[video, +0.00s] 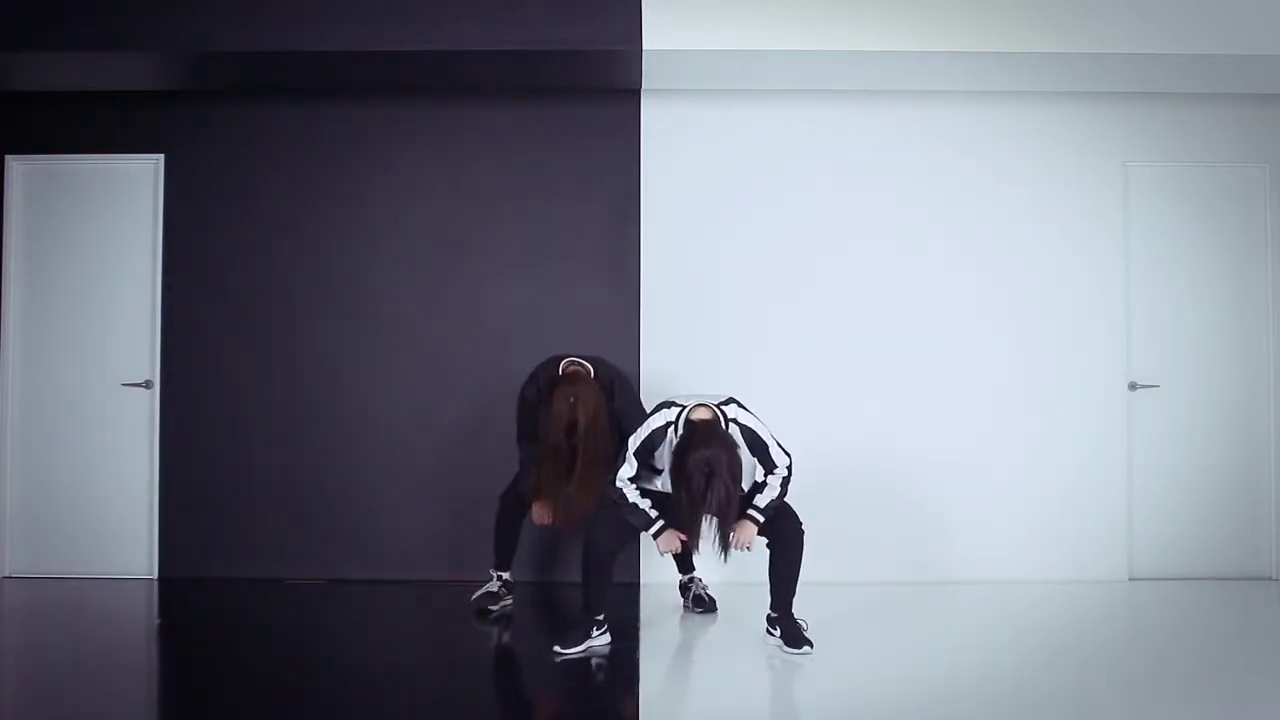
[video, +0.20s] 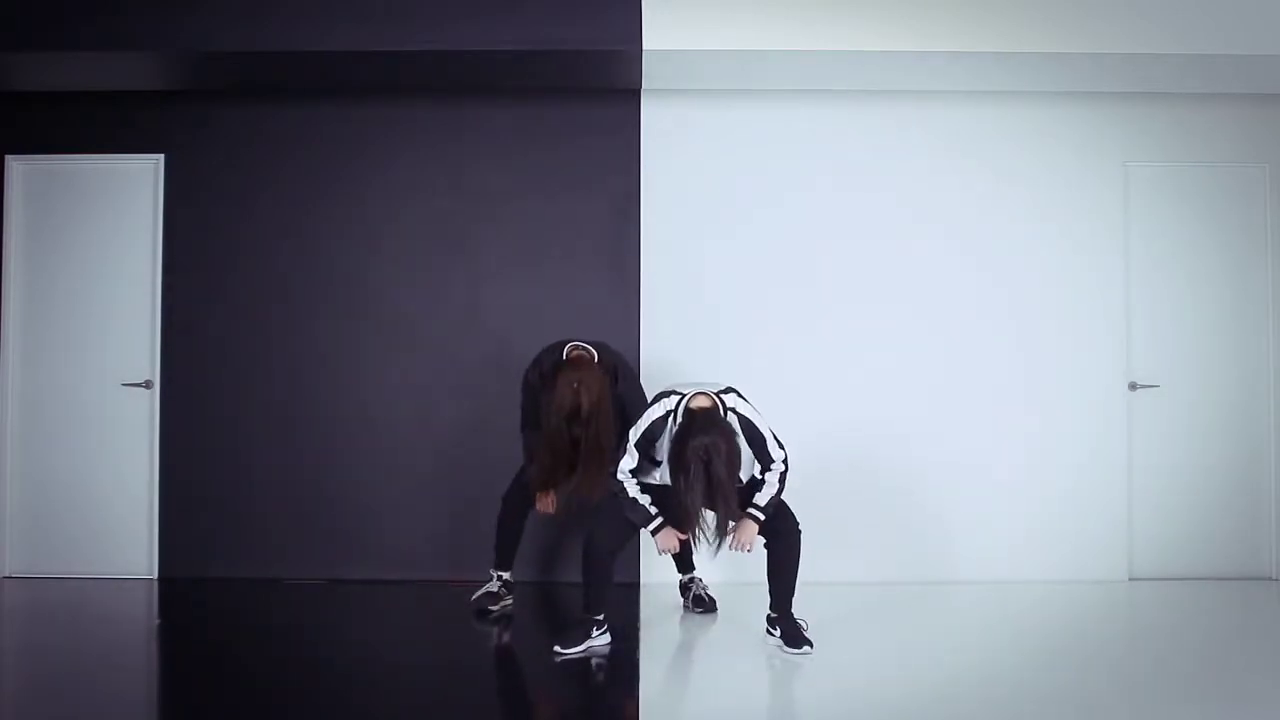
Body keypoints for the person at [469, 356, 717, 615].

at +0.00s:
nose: (572, 439)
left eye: (577, 433)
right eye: (566, 433)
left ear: (594, 404)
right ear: (553, 402)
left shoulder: (616, 388)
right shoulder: (534, 388)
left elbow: (640, 443)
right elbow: (527, 443)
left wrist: (603, 486)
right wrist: (539, 494)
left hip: (610, 459)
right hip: (554, 456)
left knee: (666, 506)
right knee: (511, 502)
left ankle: (690, 582)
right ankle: (501, 580)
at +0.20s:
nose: (580, 411)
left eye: (586, 407)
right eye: (573, 407)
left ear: (598, 384)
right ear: (558, 384)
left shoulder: (619, 374)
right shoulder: (538, 373)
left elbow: (642, 428)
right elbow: (531, 430)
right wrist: (541, 480)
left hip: (615, 450)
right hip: (557, 451)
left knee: (664, 499)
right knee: (513, 502)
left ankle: (690, 580)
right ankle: (501, 581)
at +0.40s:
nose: (585, 402)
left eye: (592, 398)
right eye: (578, 397)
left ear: (604, 374)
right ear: (562, 375)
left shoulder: (623, 361)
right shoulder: (542, 362)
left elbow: (645, 417)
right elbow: (536, 423)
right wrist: (546, 474)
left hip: (618, 444)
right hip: (562, 444)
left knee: (666, 500)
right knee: (516, 500)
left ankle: (690, 581)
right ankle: (501, 580)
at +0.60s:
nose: (592, 390)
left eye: (598, 382)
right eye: (584, 383)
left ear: (608, 359)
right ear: (568, 359)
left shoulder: (627, 353)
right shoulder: (548, 351)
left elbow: (645, 408)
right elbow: (542, 412)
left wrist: (641, 459)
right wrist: (551, 466)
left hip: (621, 442)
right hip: (565, 442)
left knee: (665, 503)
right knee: (517, 504)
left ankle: (689, 581)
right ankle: (502, 581)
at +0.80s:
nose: (594, 370)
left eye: (599, 363)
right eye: (586, 364)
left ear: (610, 343)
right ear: (570, 343)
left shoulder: (626, 337)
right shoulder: (552, 337)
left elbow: (645, 391)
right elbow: (544, 401)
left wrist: (645, 447)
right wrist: (552, 457)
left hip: (621, 439)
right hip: (567, 440)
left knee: (663, 503)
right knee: (520, 503)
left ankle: (690, 581)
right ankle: (501, 581)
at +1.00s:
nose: (594, 361)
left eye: (600, 355)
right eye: (587, 355)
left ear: (611, 335)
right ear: (573, 337)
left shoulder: (626, 330)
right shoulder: (554, 330)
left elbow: (645, 387)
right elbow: (544, 393)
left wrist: (642, 444)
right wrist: (549, 450)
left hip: (619, 437)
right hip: (567, 439)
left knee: (660, 501)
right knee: (523, 503)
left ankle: (690, 583)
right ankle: (501, 582)